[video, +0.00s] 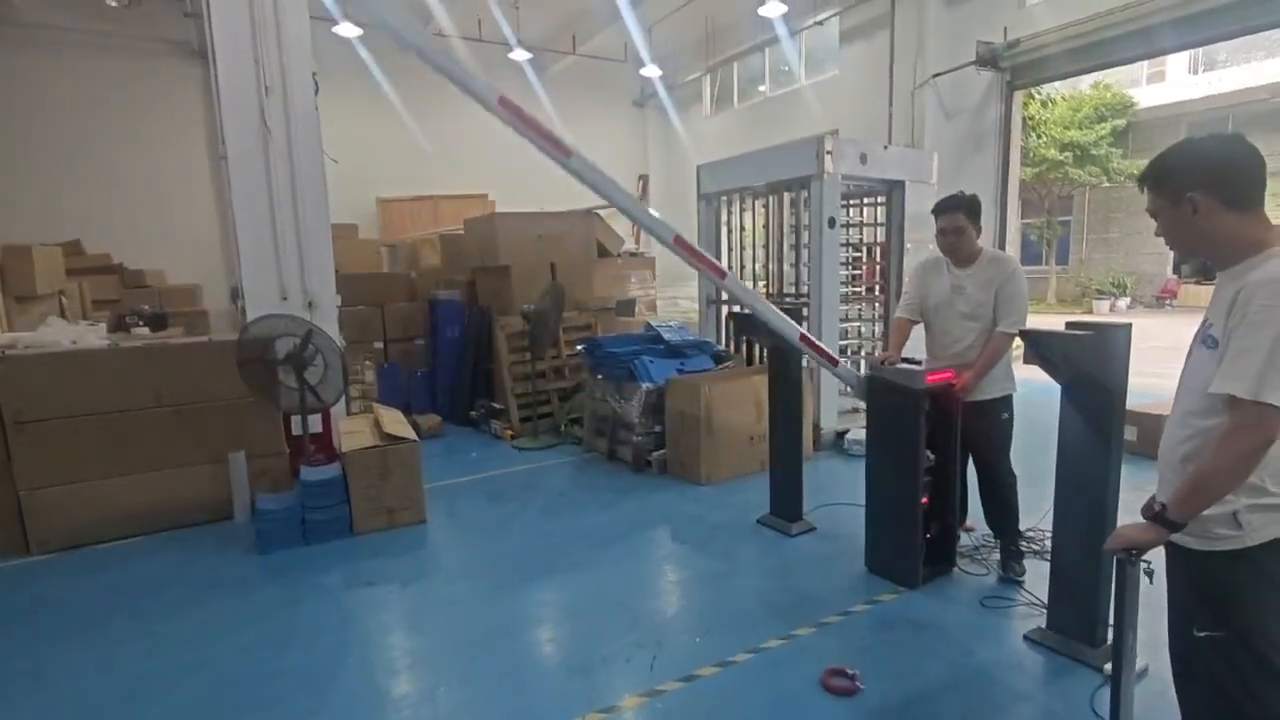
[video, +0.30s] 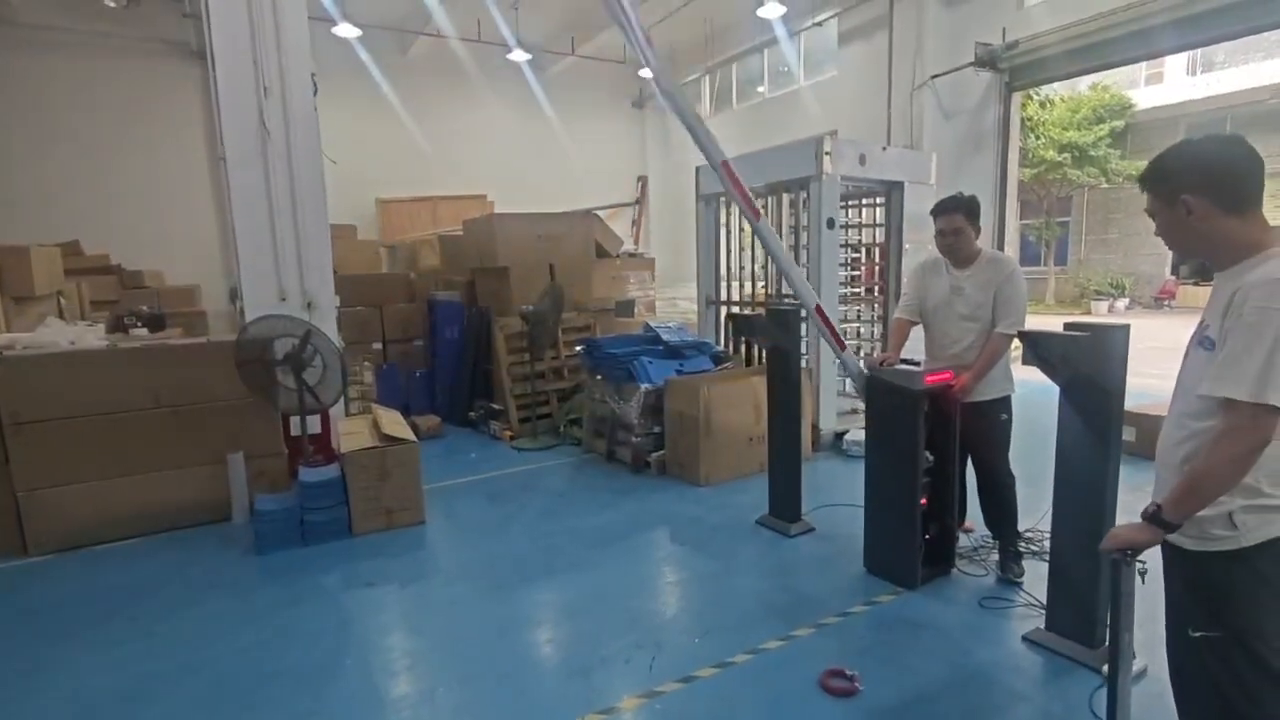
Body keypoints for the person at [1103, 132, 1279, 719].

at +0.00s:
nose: (1157, 232)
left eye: (1158, 216)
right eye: (1153, 218)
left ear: (1197, 205)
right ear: (1202, 204)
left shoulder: (1264, 286)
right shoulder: (1242, 281)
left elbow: (1257, 423)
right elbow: (1231, 413)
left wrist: (1164, 520)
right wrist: (1168, 503)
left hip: (1236, 551)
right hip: (1210, 545)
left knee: (1235, 704)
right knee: (1211, 700)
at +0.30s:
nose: (1155, 230)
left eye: (1155, 214)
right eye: (1151, 217)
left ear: (1191, 207)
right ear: (1198, 204)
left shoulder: (1263, 288)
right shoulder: (1241, 281)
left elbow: (1253, 425)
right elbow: (1232, 414)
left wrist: (1159, 521)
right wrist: (1169, 508)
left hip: (1233, 550)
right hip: (1210, 544)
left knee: (1232, 704)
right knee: (1211, 699)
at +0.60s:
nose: (1154, 231)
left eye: (1154, 215)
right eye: (1150, 217)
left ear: (1189, 207)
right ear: (1197, 204)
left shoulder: (1263, 287)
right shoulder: (1241, 281)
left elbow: (1248, 426)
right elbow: (1233, 416)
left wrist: (1157, 520)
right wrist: (1163, 509)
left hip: (1232, 550)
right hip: (1209, 543)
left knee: (1231, 705)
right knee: (1211, 700)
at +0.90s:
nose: (1151, 230)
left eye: (1150, 215)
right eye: (1146, 217)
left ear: (1185, 206)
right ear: (1193, 203)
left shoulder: (1260, 287)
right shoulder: (1239, 279)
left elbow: (1246, 425)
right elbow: (1231, 415)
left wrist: (1156, 519)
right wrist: (1165, 507)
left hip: (1230, 549)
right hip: (1209, 542)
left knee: (1230, 704)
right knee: (1213, 699)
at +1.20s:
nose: (1149, 229)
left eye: (1148, 214)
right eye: (1145, 216)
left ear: (1184, 205)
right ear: (1192, 203)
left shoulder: (1258, 287)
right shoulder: (1236, 279)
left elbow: (1241, 423)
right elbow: (1225, 412)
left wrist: (1153, 517)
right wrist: (1160, 504)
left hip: (1228, 547)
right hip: (1205, 539)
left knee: (1230, 703)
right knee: (1209, 698)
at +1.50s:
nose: (1146, 232)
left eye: (1144, 217)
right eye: (1141, 219)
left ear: (1179, 205)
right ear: (1188, 202)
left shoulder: (1253, 287)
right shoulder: (1236, 277)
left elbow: (1235, 422)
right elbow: (1228, 412)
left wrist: (1144, 514)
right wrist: (1158, 500)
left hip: (1226, 545)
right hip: (1211, 538)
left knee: (1227, 704)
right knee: (1215, 699)